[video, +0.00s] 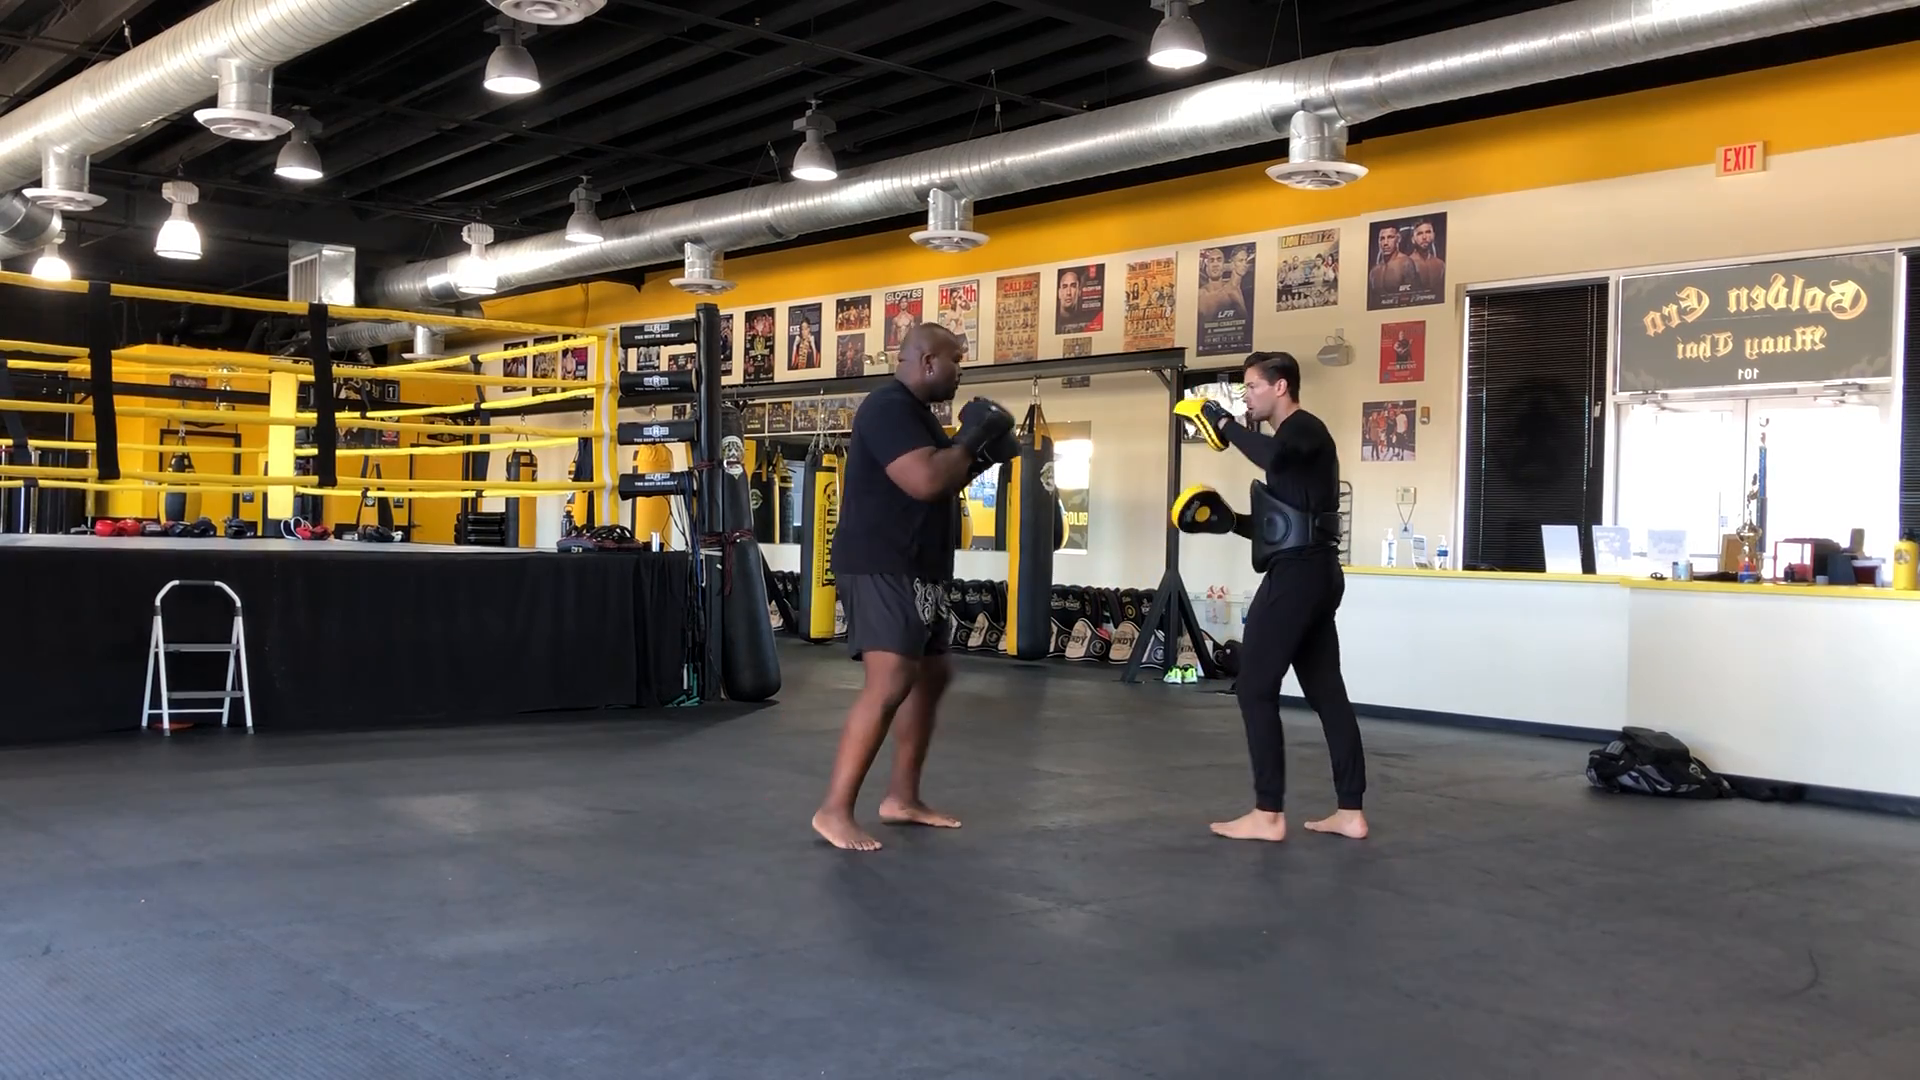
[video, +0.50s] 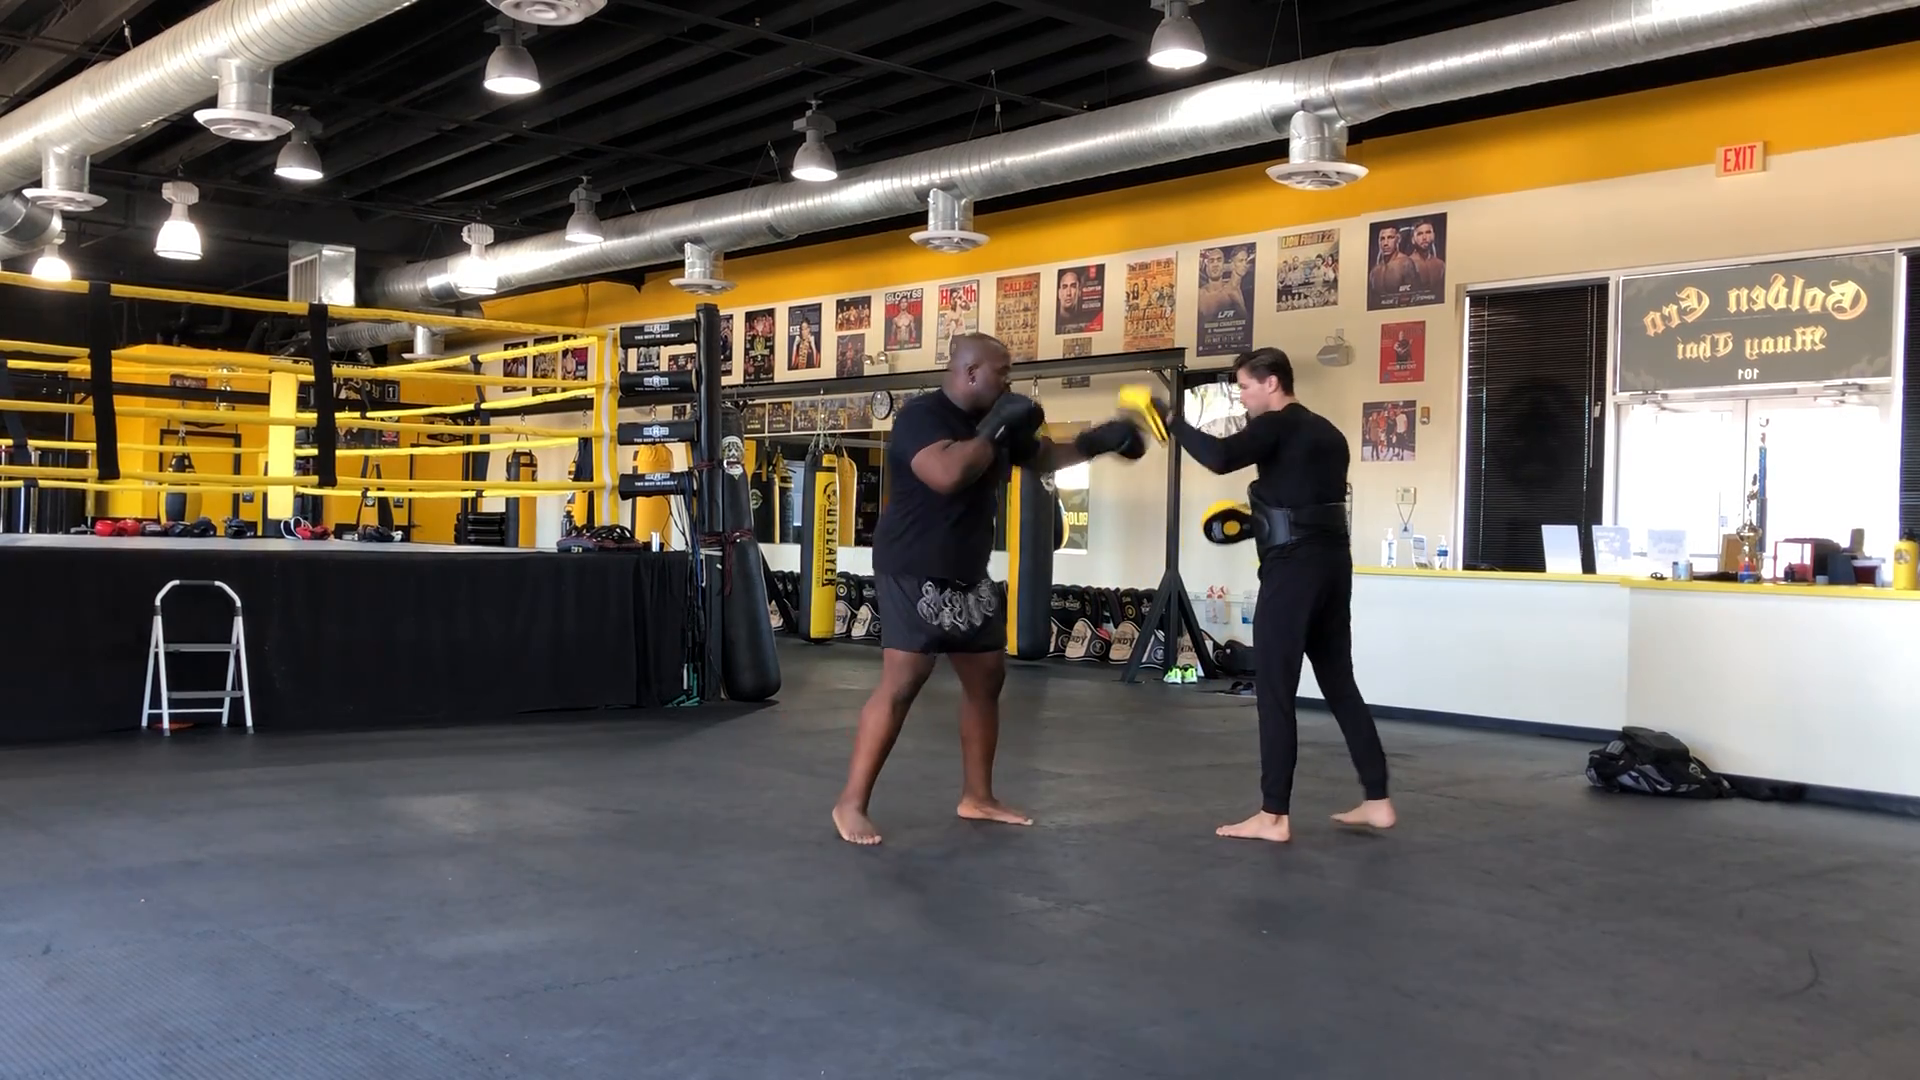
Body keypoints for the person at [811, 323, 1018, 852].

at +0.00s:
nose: (959, 375)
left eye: (960, 366)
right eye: (955, 364)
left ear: (923, 362)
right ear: (923, 360)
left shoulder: (921, 417)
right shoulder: (887, 405)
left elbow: (940, 482)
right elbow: (924, 480)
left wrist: (982, 454)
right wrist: (969, 439)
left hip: (920, 570)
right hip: (880, 568)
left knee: (932, 673)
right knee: (890, 677)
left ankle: (903, 798)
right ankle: (834, 811)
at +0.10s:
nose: (959, 387)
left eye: (961, 378)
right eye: (956, 376)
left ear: (924, 369)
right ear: (928, 370)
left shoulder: (916, 422)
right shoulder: (889, 414)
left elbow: (949, 480)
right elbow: (943, 483)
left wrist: (993, 457)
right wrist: (985, 442)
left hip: (922, 580)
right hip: (877, 579)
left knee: (970, 665)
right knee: (891, 689)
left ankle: (923, 777)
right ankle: (828, 816)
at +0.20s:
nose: (965, 391)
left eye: (966, 383)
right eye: (962, 381)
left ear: (931, 375)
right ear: (934, 375)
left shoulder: (923, 428)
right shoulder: (893, 423)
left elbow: (956, 486)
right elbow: (951, 488)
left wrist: (997, 466)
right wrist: (987, 439)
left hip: (930, 584)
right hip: (884, 586)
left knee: (985, 659)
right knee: (892, 696)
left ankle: (964, 780)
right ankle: (827, 818)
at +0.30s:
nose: (981, 385)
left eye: (982, 376)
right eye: (977, 375)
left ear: (948, 370)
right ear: (948, 370)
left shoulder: (954, 425)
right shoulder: (899, 417)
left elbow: (972, 479)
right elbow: (942, 480)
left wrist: (1013, 445)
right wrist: (985, 434)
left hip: (947, 578)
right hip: (895, 579)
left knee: (978, 674)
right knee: (884, 689)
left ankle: (978, 791)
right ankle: (829, 815)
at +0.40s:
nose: (996, 384)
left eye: (997, 376)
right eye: (991, 375)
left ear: (963, 373)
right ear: (959, 372)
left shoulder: (974, 419)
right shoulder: (909, 416)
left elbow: (1037, 440)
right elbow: (949, 467)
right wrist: (995, 422)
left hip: (959, 572)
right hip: (903, 570)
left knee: (977, 678)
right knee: (894, 678)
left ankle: (977, 796)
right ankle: (840, 811)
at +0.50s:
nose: (1006, 384)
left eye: (1007, 375)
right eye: (1001, 374)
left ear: (975, 372)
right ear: (968, 372)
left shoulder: (993, 419)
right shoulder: (919, 415)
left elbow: (1042, 456)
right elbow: (945, 473)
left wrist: (1095, 442)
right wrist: (995, 431)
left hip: (968, 574)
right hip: (911, 571)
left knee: (985, 677)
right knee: (902, 678)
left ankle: (978, 796)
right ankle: (850, 805)